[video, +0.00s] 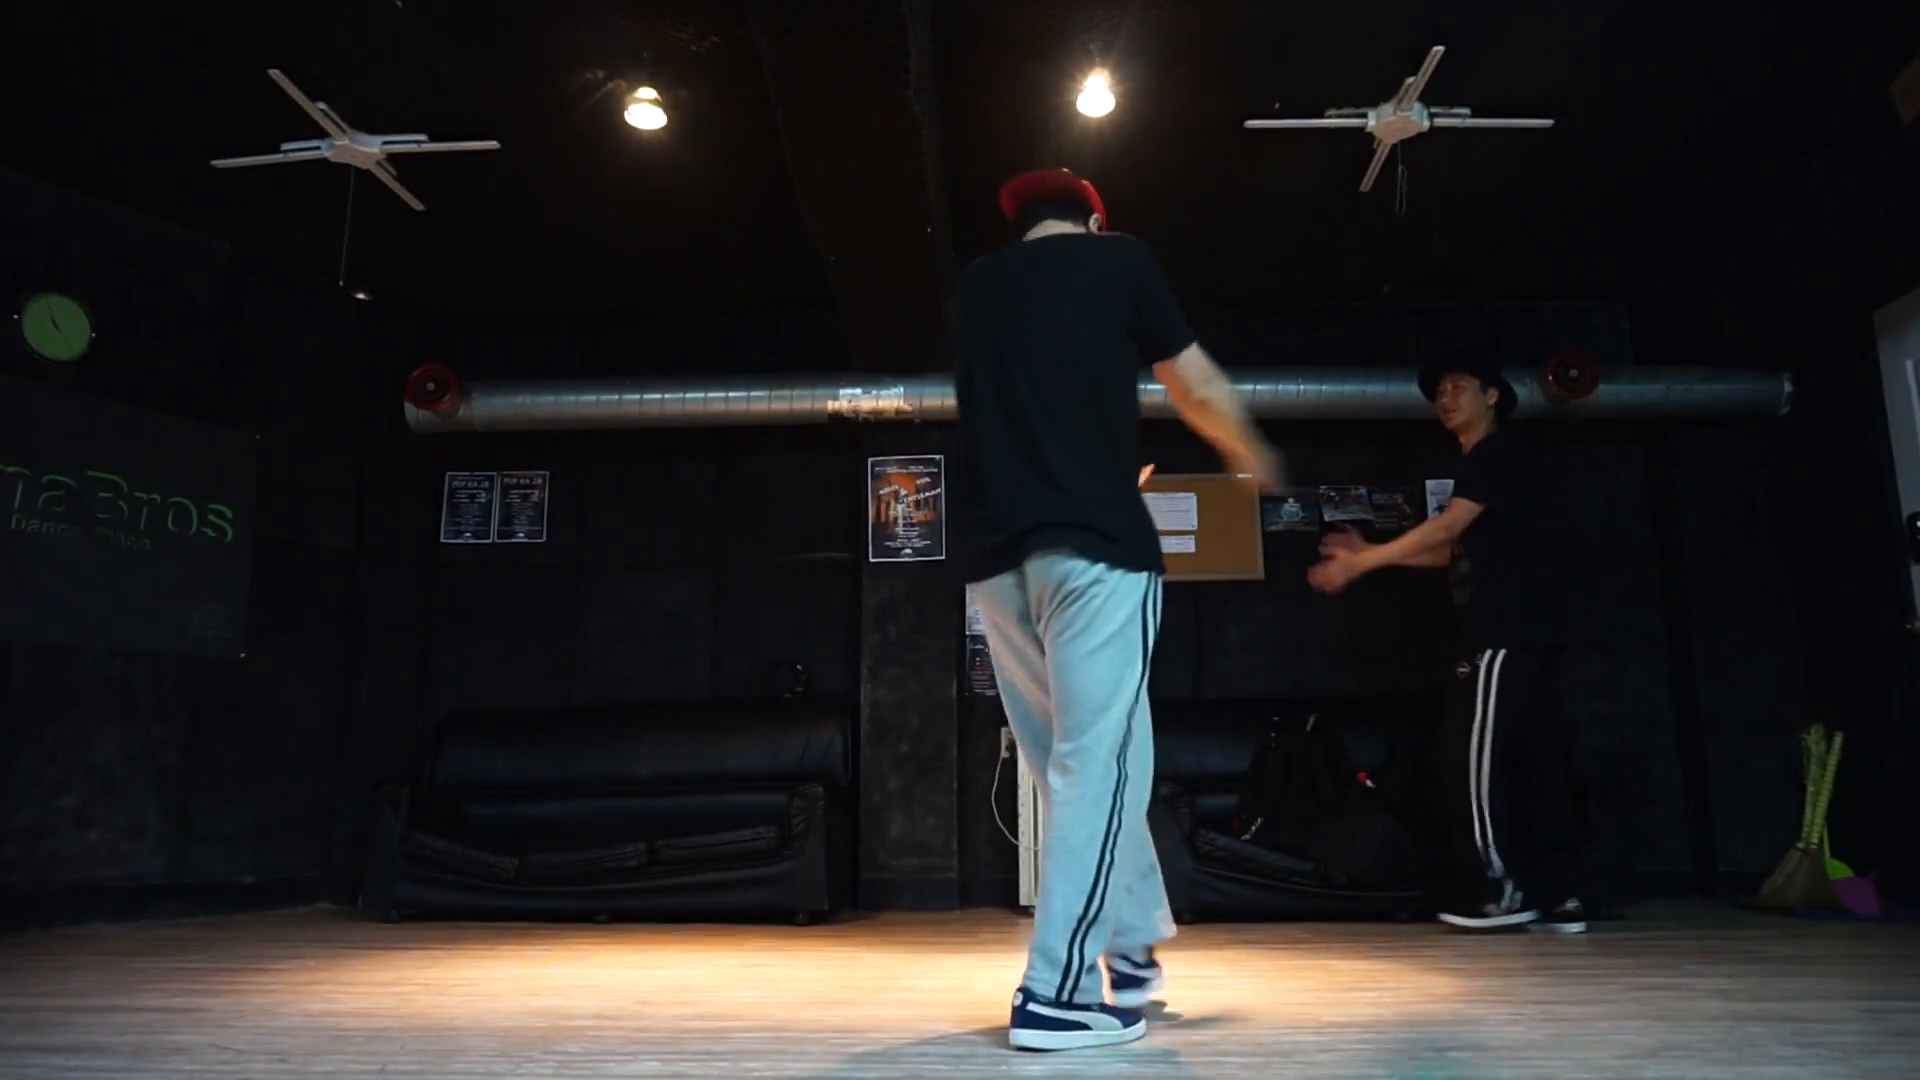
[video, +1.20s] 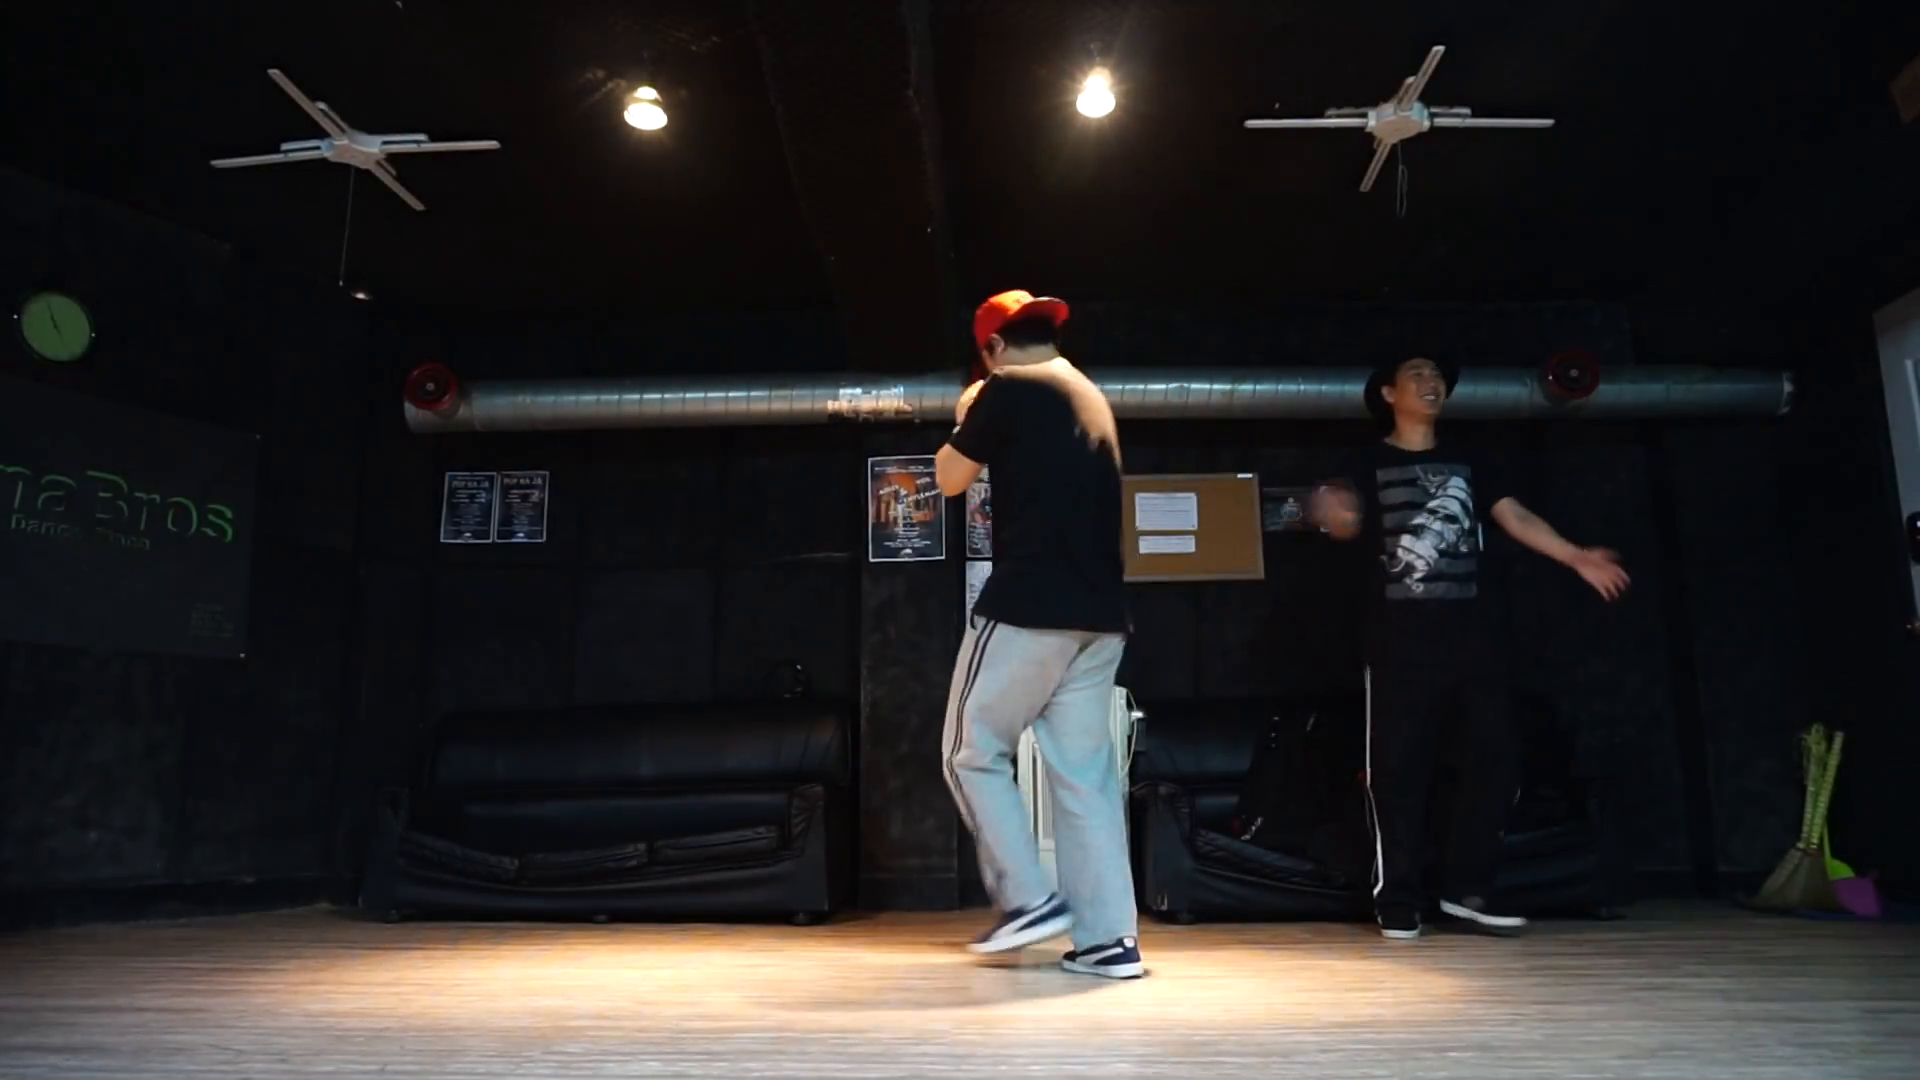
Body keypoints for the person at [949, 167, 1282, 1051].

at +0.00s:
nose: (1097, 231)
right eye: (1096, 220)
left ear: (1015, 229)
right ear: (1094, 219)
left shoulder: (977, 286)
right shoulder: (1117, 261)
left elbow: (1008, 414)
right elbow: (1196, 391)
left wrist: (1109, 474)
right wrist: (1255, 459)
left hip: (995, 556)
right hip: (1095, 539)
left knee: (1084, 760)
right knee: (1091, 766)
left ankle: (1129, 960)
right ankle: (1054, 996)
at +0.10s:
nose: (1096, 247)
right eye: (1098, 235)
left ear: (1021, 250)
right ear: (1097, 235)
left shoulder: (987, 305)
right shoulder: (1136, 277)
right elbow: (1161, 418)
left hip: (1011, 550)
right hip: (1117, 533)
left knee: (1087, 763)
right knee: (1094, 763)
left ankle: (1140, 961)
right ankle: (1049, 987)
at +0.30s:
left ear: (1030, 294)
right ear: (1103, 281)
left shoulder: (1005, 341)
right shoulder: (1156, 326)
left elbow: (1004, 438)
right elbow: (1149, 422)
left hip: (1036, 591)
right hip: (1140, 583)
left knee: (1073, 780)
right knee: (1177, 763)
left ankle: (1134, 974)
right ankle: (1112, 891)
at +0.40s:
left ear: (1036, 303)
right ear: (1110, 293)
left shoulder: (1011, 352)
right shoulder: (1164, 345)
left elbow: (1001, 479)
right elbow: (1175, 460)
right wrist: (1191, 550)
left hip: (1044, 595)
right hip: (1146, 588)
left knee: (1072, 781)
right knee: (1166, 746)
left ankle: (1133, 970)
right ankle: (1159, 859)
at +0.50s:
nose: (1038, 320)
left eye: (1034, 309)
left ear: (1037, 307)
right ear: (1110, 299)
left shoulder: (1015, 355)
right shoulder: (1167, 356)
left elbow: (987, 461)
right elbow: (1202, 479)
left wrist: (1035, 433)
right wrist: (1247, 582)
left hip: (1051, 595)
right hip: (1147, 594)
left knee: (1073, 781)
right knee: (1148, 746)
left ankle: (1131, 962)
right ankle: (1176, 888)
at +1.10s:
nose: (998, 362)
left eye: (998, 354)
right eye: (1000, 354)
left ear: (1006, 347)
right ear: (1068, 340)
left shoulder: (1013, 387)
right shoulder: (1116, 404)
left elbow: (959, 485)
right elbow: (1116, 516)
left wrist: (989, 414)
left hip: (1037, 608)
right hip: (1109, 615)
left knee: (981, 750)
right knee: (1092, 780)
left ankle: (1068, 875)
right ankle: (1112, 945)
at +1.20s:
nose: (984, 362)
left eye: (983, 354)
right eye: (984, 354)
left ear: (994, 346)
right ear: (1052, 339)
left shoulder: (1006, 390)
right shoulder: (1091, 395)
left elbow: (950, 478)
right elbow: (1073, 485)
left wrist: (970, 412)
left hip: (1030, 605)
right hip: (1100, 607)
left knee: (974, 753)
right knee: (1086, 776)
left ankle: (1028, 902)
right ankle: (1109, 942)